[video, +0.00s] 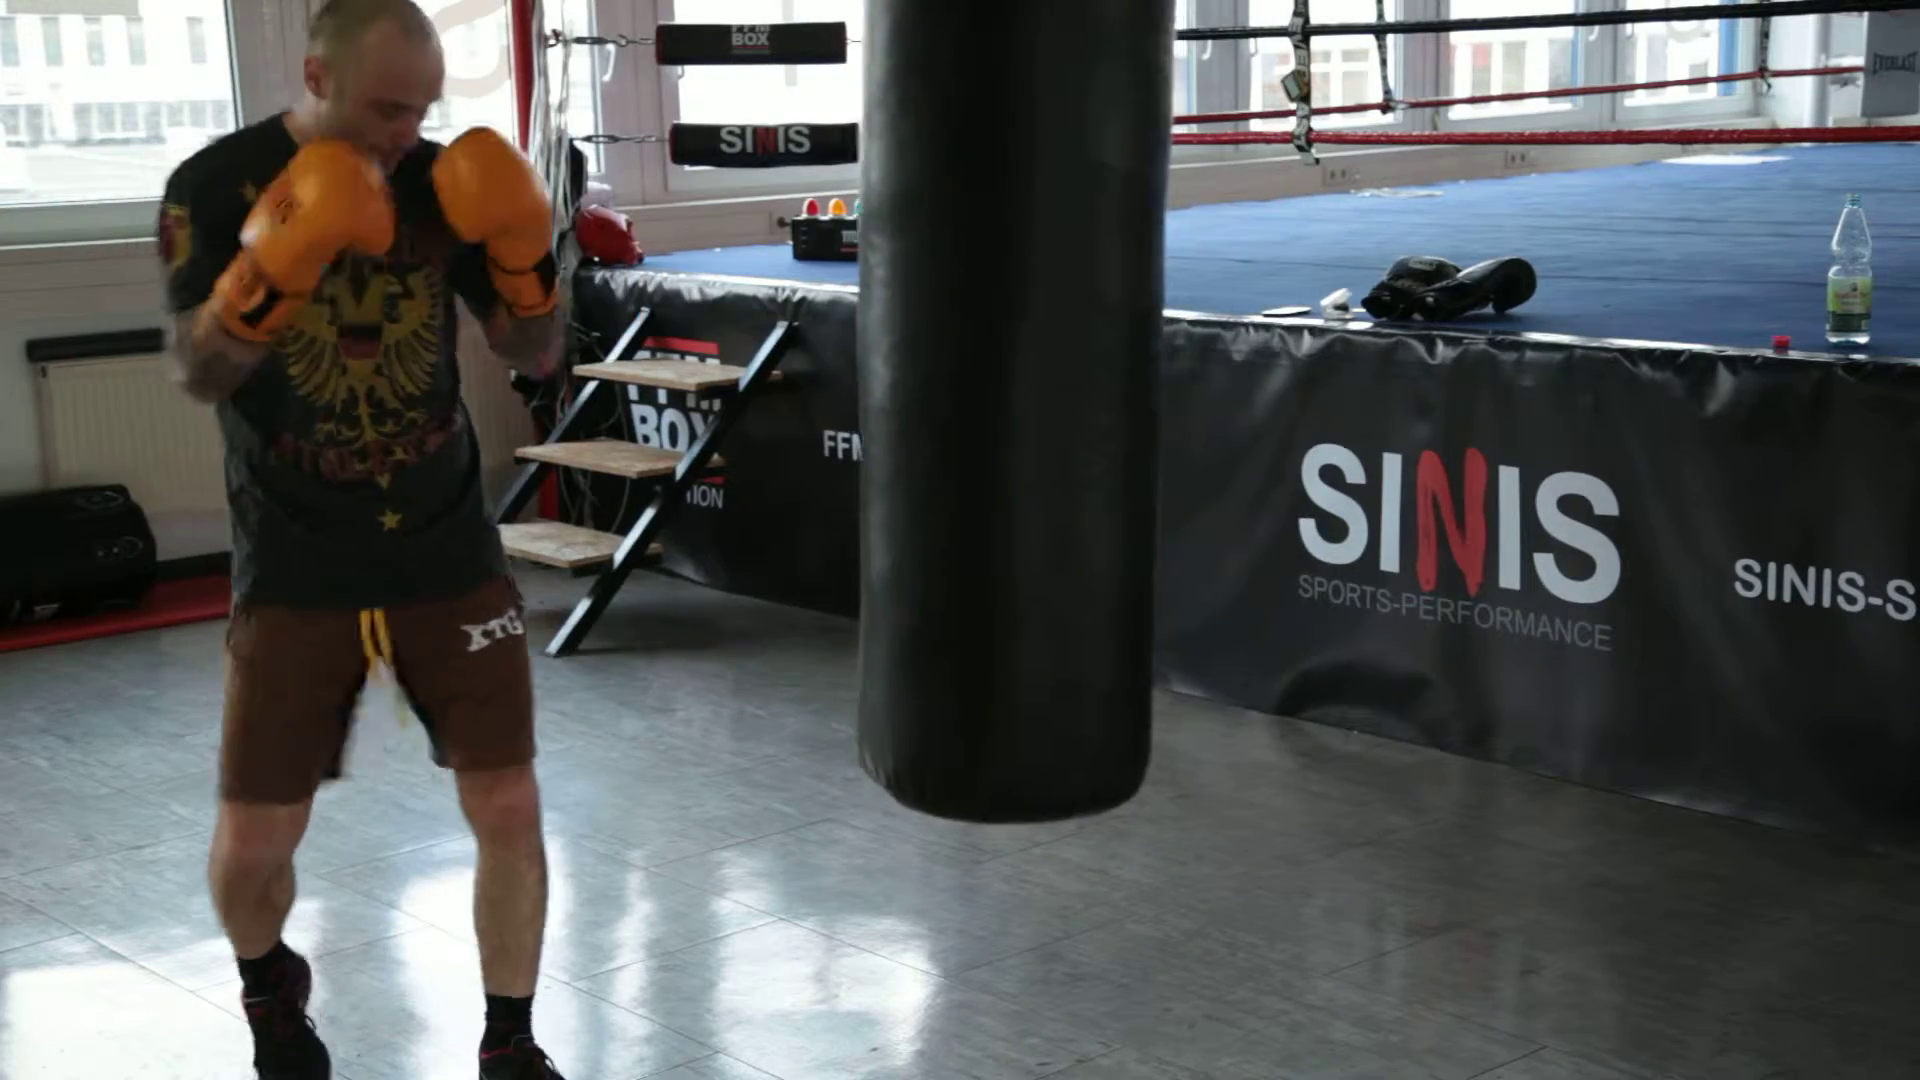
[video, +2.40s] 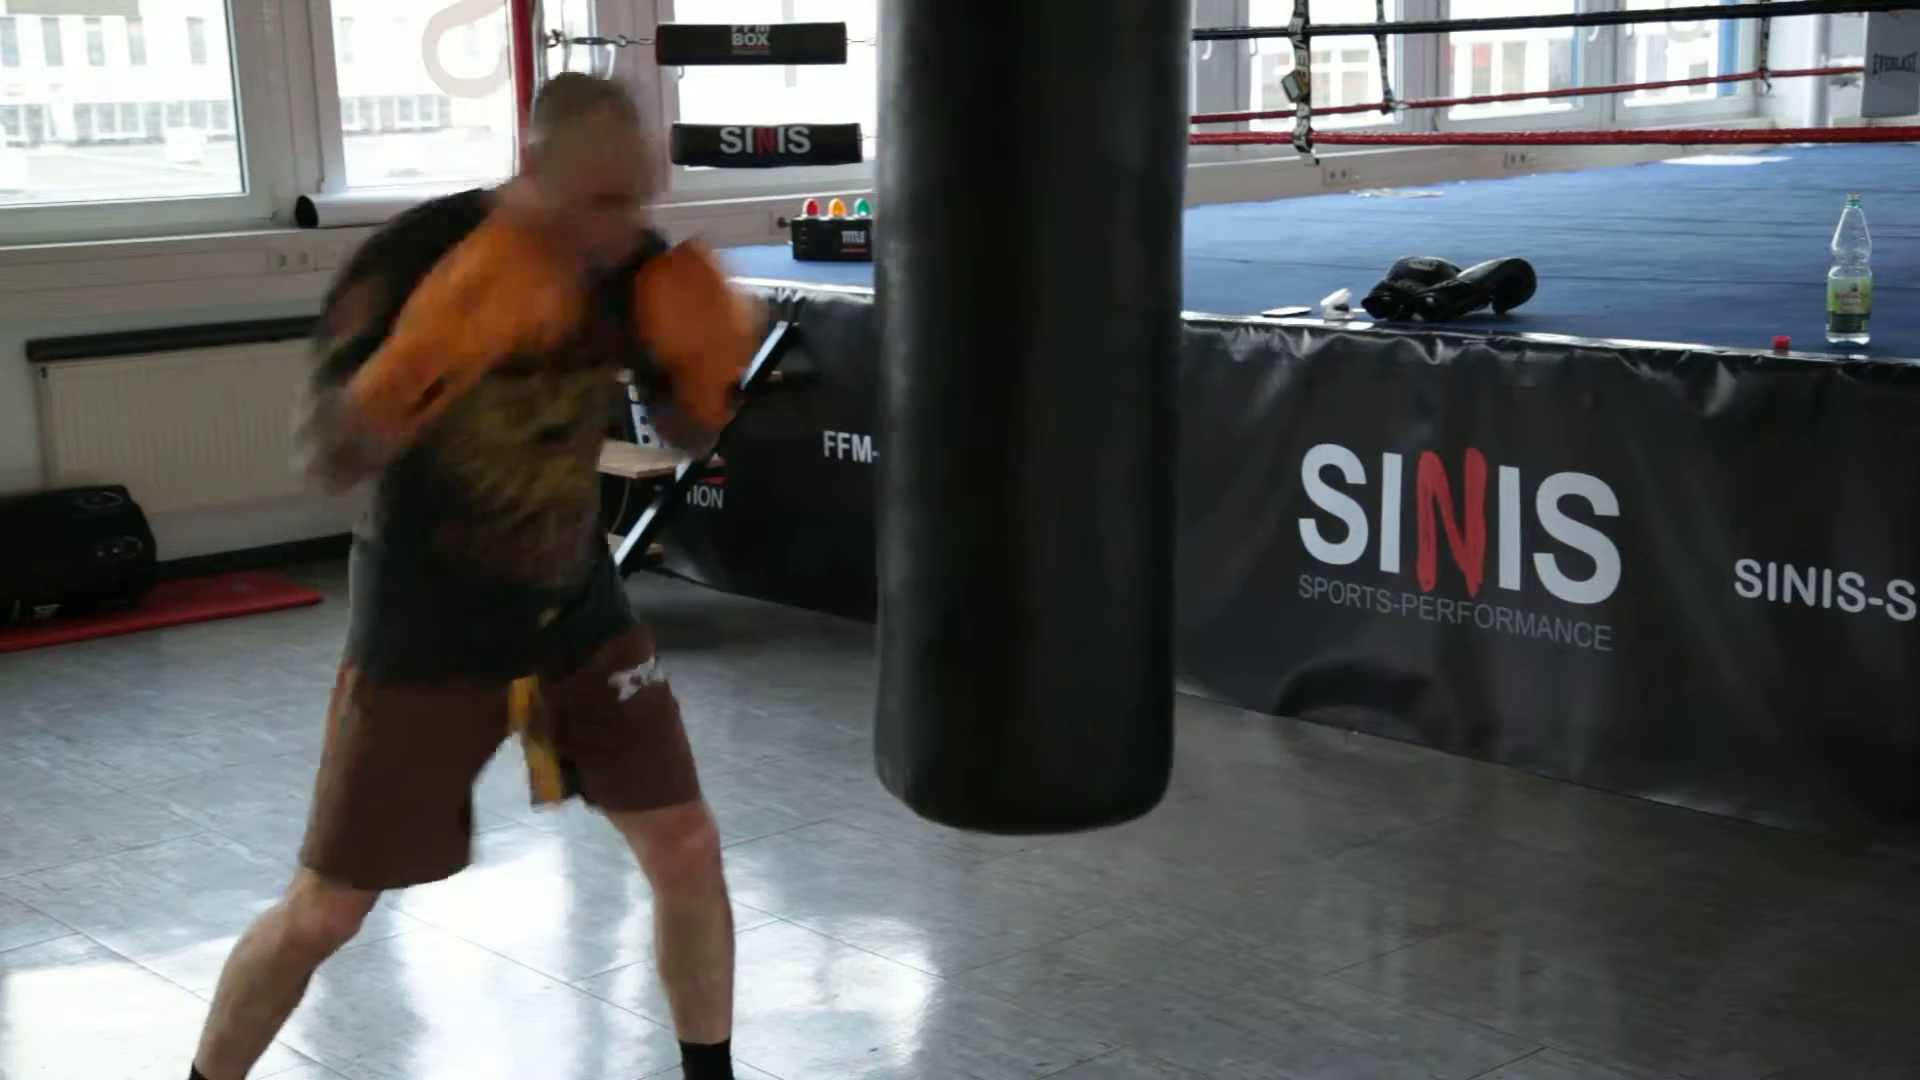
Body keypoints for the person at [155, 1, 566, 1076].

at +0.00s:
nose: (405, 132)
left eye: (422, 111)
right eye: (384, 110)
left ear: (437, 86)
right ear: (316, 75)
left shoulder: (445, 181)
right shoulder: (218, 187)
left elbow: (537, 355)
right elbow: (200, 378)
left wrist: (526, 256)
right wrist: (267, 273)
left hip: (445, 544)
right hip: (294, 558)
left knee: (510, 808)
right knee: (250, 854)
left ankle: (512, 1047)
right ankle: (273, 998)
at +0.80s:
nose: (519, 155)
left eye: (538, 134)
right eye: (503, 128)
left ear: (550, 123)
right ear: (440, 93)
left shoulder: (537, 218)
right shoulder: (320, 195)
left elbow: (561, 398)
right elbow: (311, 378)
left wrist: (618, 296)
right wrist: (418, 263)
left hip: (490, 561)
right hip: (345, 569)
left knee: (592, 812)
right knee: (283, 862)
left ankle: (637, 1057)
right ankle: (178, 1041)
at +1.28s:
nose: (364, 181)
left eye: (379, 154)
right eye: (338, 158)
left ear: (396, 140)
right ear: (268, 139)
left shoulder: (432, 209)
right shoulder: (203, 256)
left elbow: (576, 355)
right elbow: (236, 466)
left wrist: (525, 284)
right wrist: (275, 353)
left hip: (469, 578)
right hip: (307, 595)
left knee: (593, 828)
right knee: (225, 879)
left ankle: (640, 1058)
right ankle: (163, 1062)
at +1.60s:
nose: (502, 124)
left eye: (520, 101)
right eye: (482, 98)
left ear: (536, 86)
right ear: (411, 71)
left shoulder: (524, 202)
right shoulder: (296, 197)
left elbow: (575, 388)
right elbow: (277, 383)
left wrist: (619, 291)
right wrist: (390, 271)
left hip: (498, 562)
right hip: (345, 573)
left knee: (604, 822)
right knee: (267, 866)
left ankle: (638, 1060)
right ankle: (171, 1057)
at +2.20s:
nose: (444, 256)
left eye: (460, 227)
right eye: (416, 234)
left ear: (479, 201)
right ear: (342, 213)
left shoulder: (523, 261)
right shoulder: (273, 301)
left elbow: (661, 428)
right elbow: (261, 498)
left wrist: (616, 328)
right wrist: (332, 437)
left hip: (525, 637)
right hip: (353, 646)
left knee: (654, 883)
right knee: (254, 921)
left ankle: (703, 1073)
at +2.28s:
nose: (495, 275)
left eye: (508, 247)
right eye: (468, 255)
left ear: (522, 221)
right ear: (390, 232)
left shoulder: (565, 298)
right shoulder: (313, 319)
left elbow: (670, 474)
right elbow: (286, 510)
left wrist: (659, 401)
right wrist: (335, 497)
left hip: (557, 658)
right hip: (381, 673)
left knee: (689, 886)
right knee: (272, 934)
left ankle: (711, 1073)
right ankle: (205, 1078)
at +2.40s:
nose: (630, 226)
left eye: (640, 198)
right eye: (607, 200)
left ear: (649, 178)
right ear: (534, 171)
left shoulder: (634, 272)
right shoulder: (414, 264)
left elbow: (681, 431)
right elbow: (329, 454)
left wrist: (704, 368)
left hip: (575, 607)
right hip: (424, 620)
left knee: (685, 848)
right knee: (324, 915)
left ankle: (711, 1074)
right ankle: (208, 1077)